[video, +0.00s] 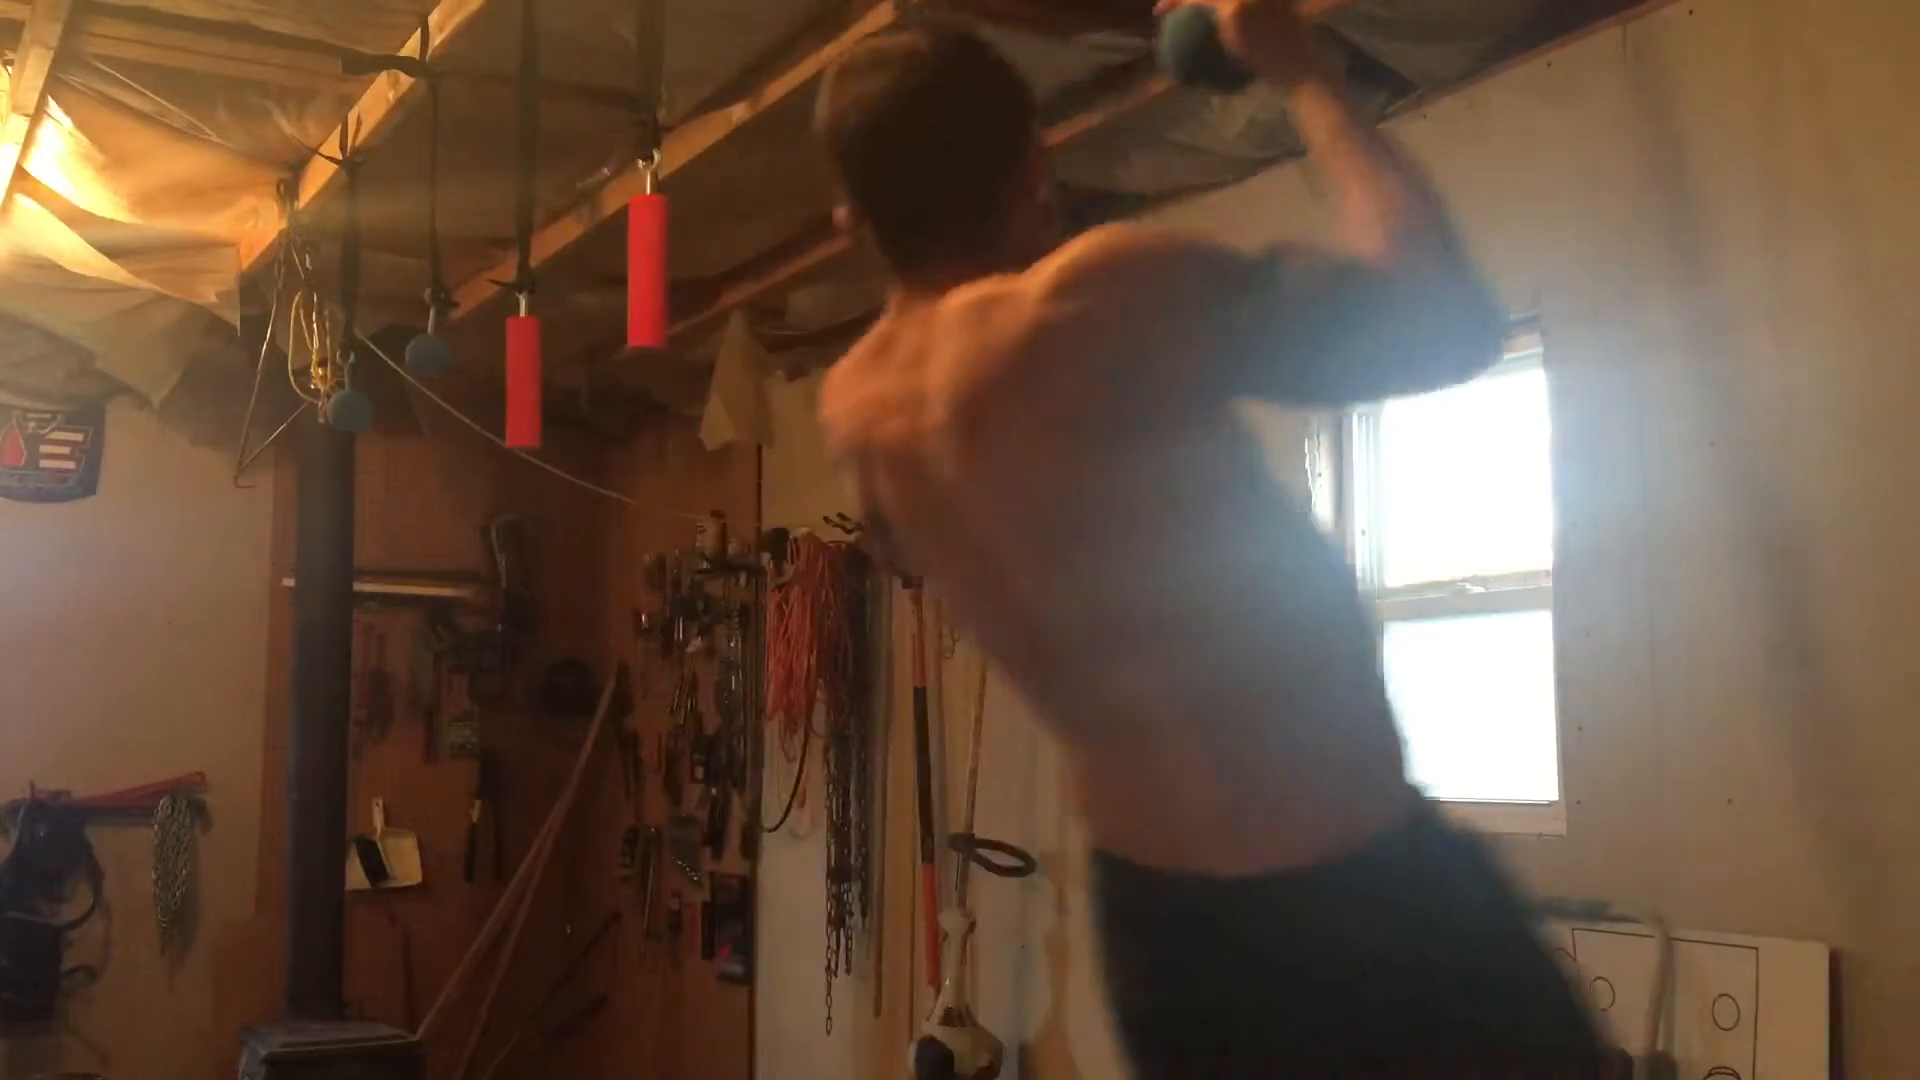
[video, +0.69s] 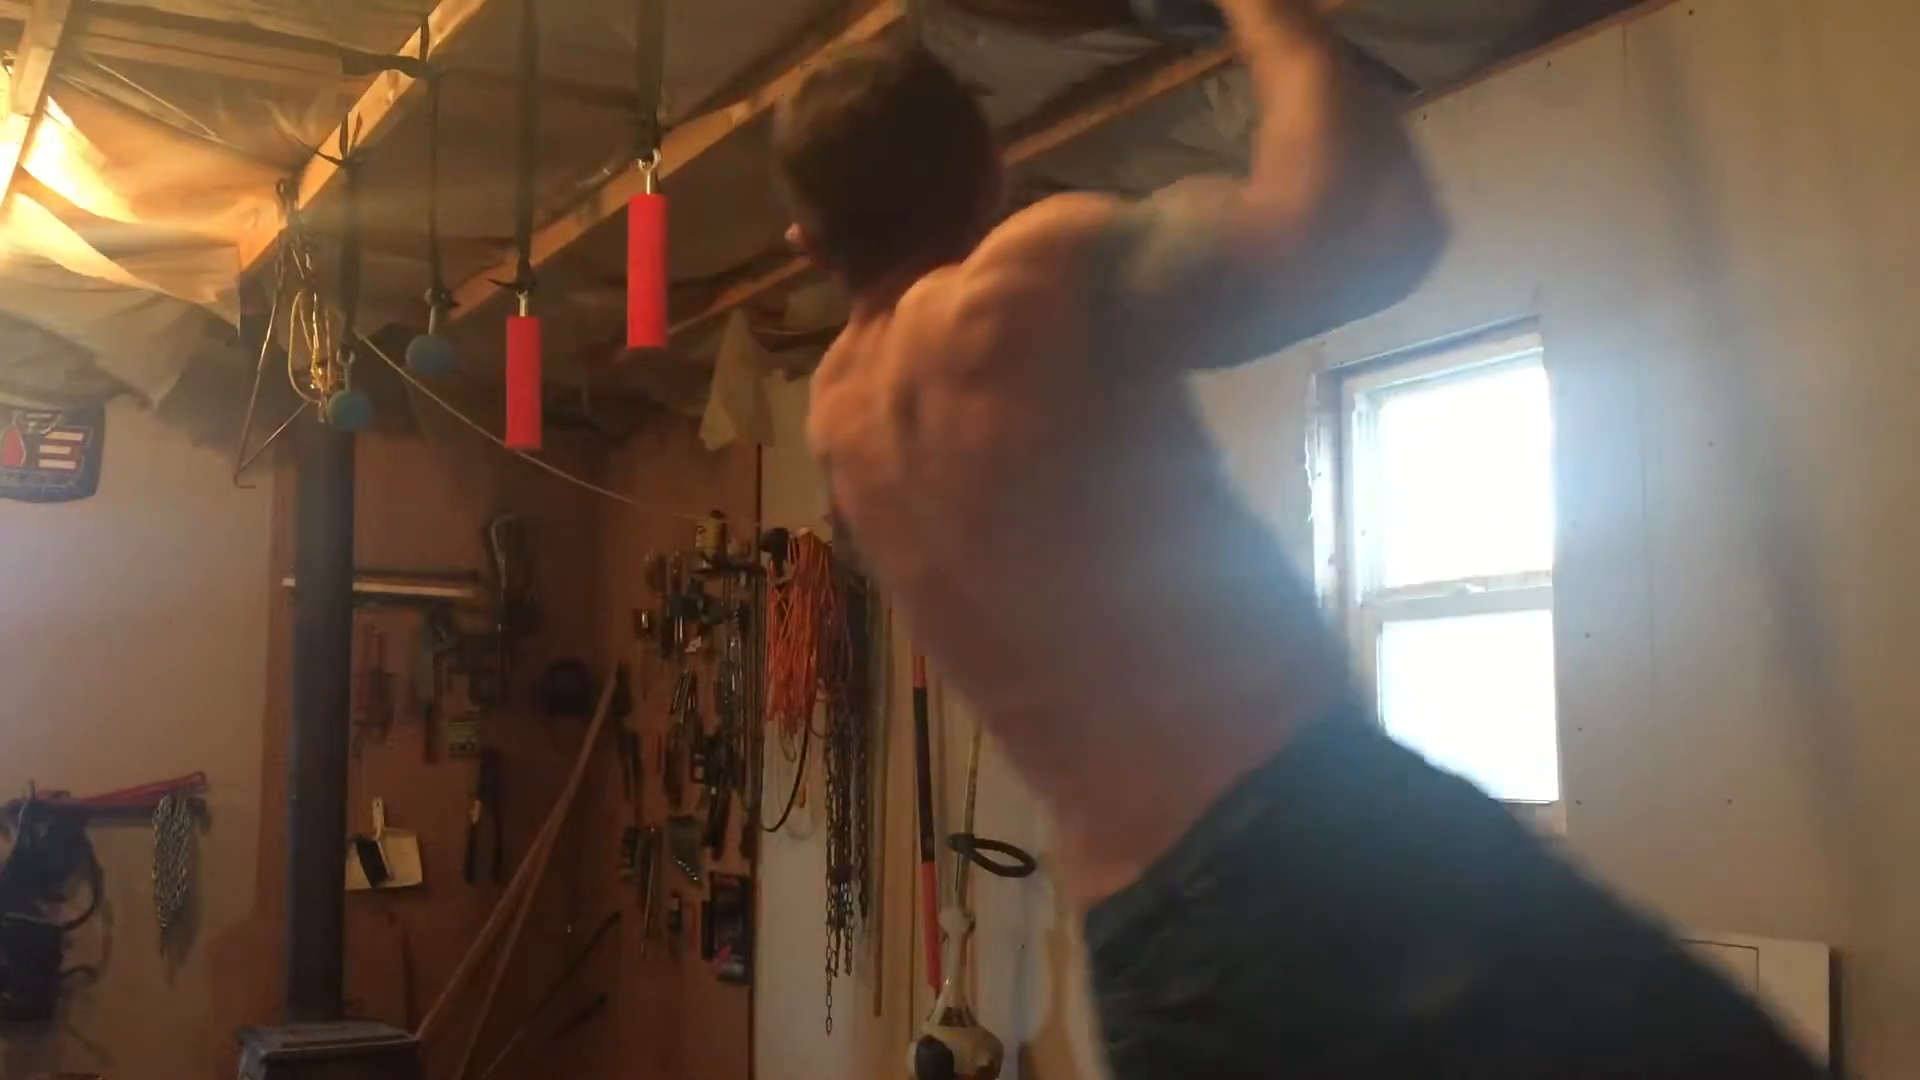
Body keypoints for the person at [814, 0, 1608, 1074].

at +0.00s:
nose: (1046, 166)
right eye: (1037, 144)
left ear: (853, 225)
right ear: (1031, 173)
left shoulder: (855, 407)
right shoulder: (1117, 294)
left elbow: (916, 561)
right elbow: (1445, 319)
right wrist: (1305, 79)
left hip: (1155, 929)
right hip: (1363, 903)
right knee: (1557, 1064)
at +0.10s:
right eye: (1080, 111)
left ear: (897, 203)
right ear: (1079, 126)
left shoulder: (915, 384)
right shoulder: (1177, 240)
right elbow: (1540, 259)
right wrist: (1373, 34)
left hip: (1250, 908)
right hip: (1469, 860)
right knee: (1685, 1058)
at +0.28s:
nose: (1127, 74)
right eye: (1119, 54)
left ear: (929, 177)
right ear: (1114, 66)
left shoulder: (959, 356)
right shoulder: (1237, 161)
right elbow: (1626, 161)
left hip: (1343, 884)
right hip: (1580, 782)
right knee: (1848, 1031)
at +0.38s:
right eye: (1115, 42)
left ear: (925, 166)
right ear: (1110, 53)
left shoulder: (947, 349)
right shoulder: (1230, 152)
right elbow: (1619, 140)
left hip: (1338, 883)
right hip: (1566, 753)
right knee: (1877, 1011)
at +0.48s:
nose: (1105, 79)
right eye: (1090, 58)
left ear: (903, 181)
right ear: (1081, 75)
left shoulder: (918, 356)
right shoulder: (1188, 174)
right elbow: (1560, 159)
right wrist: (1445, 1)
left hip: (1296, 894)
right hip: (1514, 771)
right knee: (1880, 1002)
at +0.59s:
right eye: (1031, 86)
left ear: (855, 210)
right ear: (1029, 115)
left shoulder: (877, 387)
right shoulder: (1121, 218)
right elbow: (1472, 189)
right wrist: (1368, 11)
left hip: (1229, 925)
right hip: (1437, 806)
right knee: (1854, 1032)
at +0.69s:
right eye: (993, 139)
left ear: (815, 254)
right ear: (987, 166)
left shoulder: (835, 412)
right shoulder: (1043, 272)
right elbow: (1375, 225)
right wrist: (1274, 29)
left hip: (1139, 961)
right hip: (1337, 860)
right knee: (1735, 1059)